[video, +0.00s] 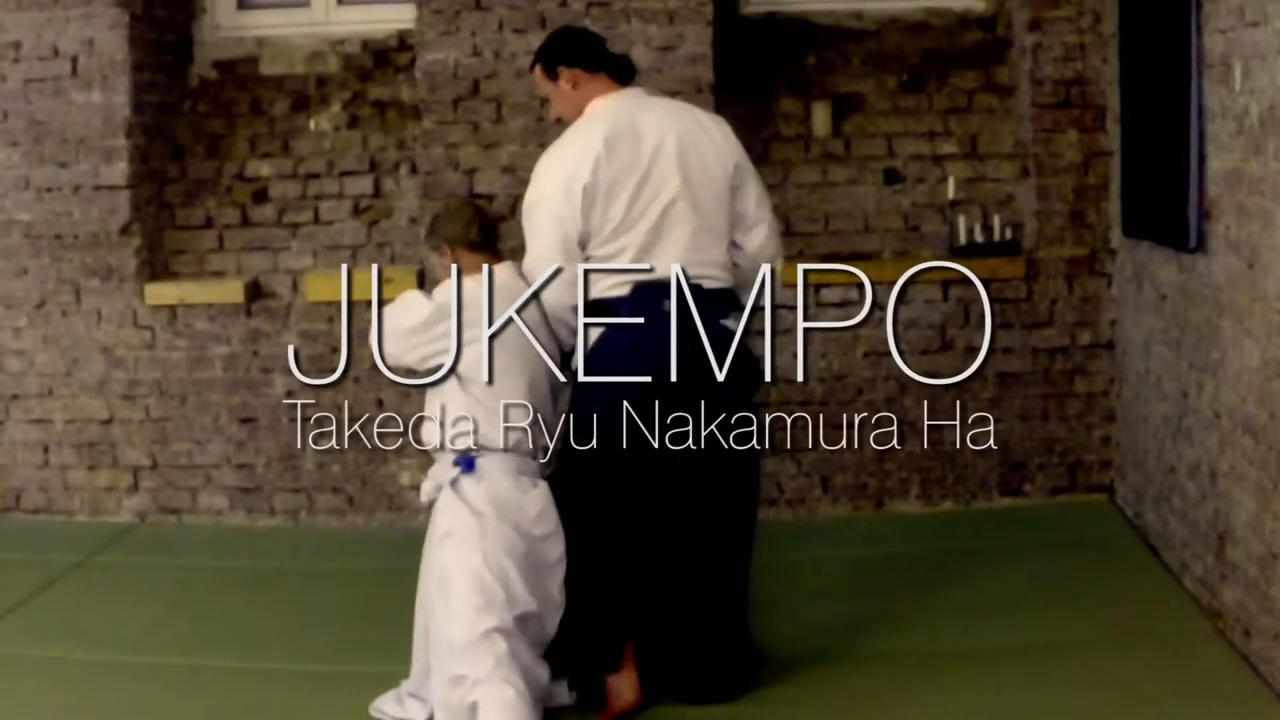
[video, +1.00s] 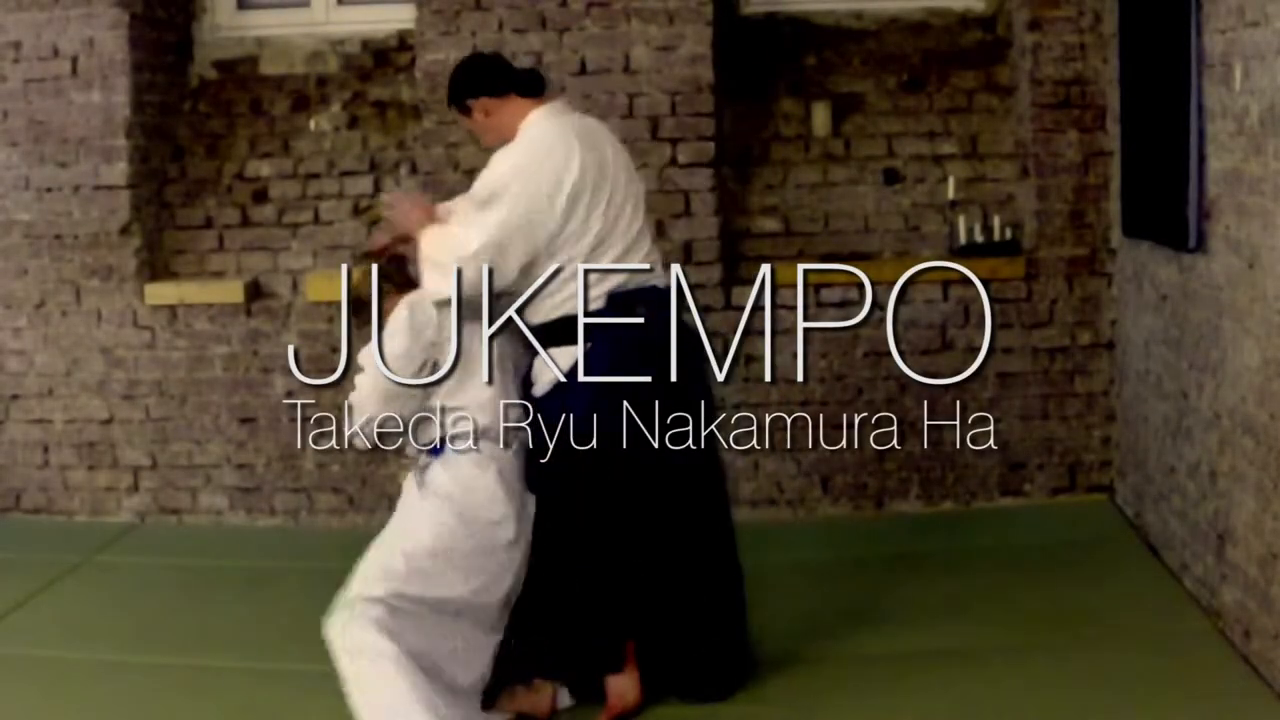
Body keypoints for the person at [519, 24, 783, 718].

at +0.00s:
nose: (552, 113)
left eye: (548, 97)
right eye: (546, 100)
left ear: (571, 78)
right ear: (614, 73)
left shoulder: (569, 156)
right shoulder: (711, 129)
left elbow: (552, 281)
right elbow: (761, 242)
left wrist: (577, 351)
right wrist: (726, 311)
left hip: (616, 347)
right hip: (711, 339)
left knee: (603, 503)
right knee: (712, 499)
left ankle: (616, 670)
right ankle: (711, 664)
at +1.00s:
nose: (478, 139)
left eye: (471, 125)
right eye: (473, 127)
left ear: (485, 107)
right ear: (525, 91)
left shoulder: (537, 150)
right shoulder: (593, 136)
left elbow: (479, 250)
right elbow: (516, 205)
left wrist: (424, 230)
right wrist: (439, 215)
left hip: (579, 352)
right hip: (641, 340)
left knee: (559, 518)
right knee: (614, 514)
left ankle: (537, 676)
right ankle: (622, 664)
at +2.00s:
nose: (556, 102)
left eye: (559, 86)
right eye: (551, 90)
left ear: (594, 73)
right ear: (605, 76)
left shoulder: (611, 139)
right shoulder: (655, 127)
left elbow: (615, 236)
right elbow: (698, 217)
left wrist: (601, 320)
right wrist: (700, 287)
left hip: (637, 315)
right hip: (679, 310)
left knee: (626, 474)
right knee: (662, 473)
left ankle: (636, 640)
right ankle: (673, 633)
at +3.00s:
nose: (652, 44)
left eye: (666, 29)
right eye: (641, 31)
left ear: (693, 37)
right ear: (627, 40)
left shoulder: (744, 120)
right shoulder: (597, 131)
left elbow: (790, 208)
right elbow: (561, 214)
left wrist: (786, 271)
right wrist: (585, 274)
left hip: (725, 324)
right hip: (634, 326)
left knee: (745, 484)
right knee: (614, 488)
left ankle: (773, 637)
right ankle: (593, 654)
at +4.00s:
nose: (642, 81)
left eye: (655, 69)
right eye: (632, 70)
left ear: (682, 73)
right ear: (619, 75)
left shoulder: (726, 143)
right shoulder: (604, 147)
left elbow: (762, 232)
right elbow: (584, 234)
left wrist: (686, 171)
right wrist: (630, 173)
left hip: (708, 337)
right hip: (626, 340)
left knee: (734, 489)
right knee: (642, 488)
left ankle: (737, 628)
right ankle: (645, 629)